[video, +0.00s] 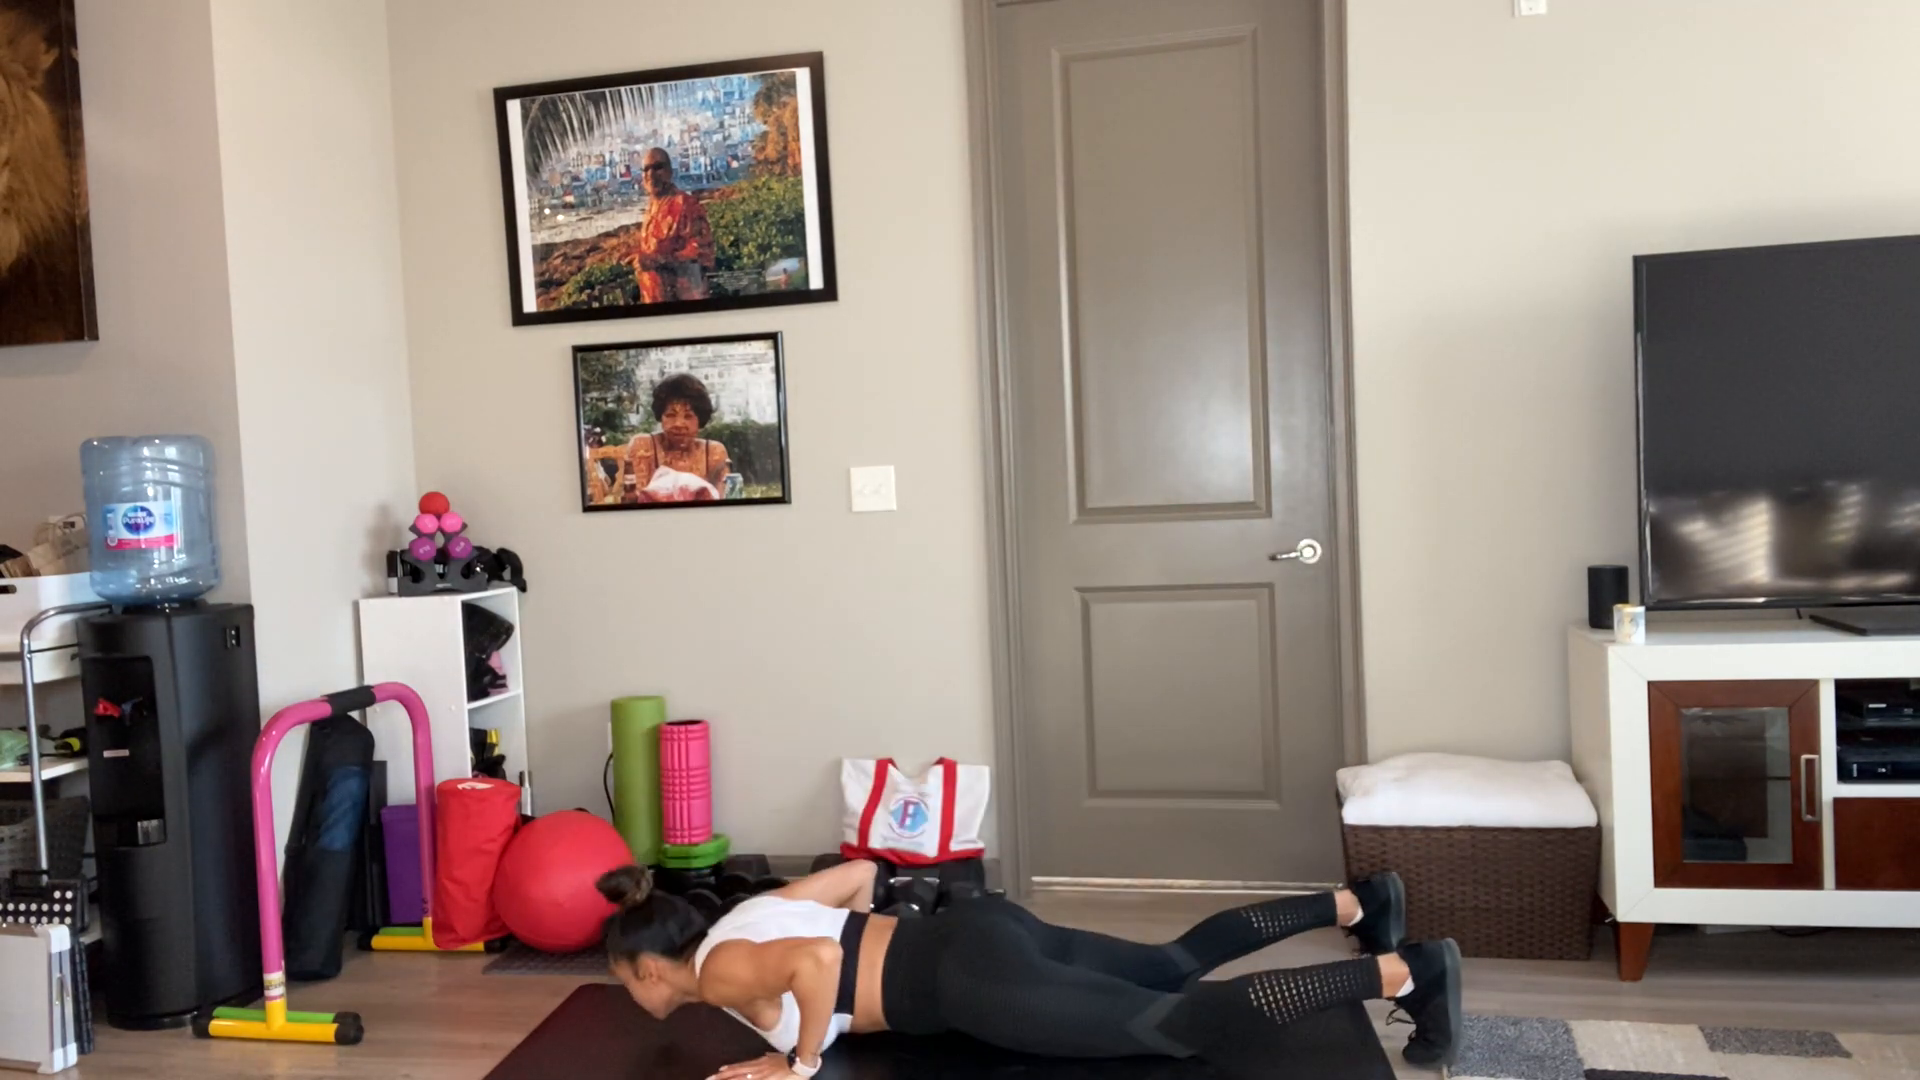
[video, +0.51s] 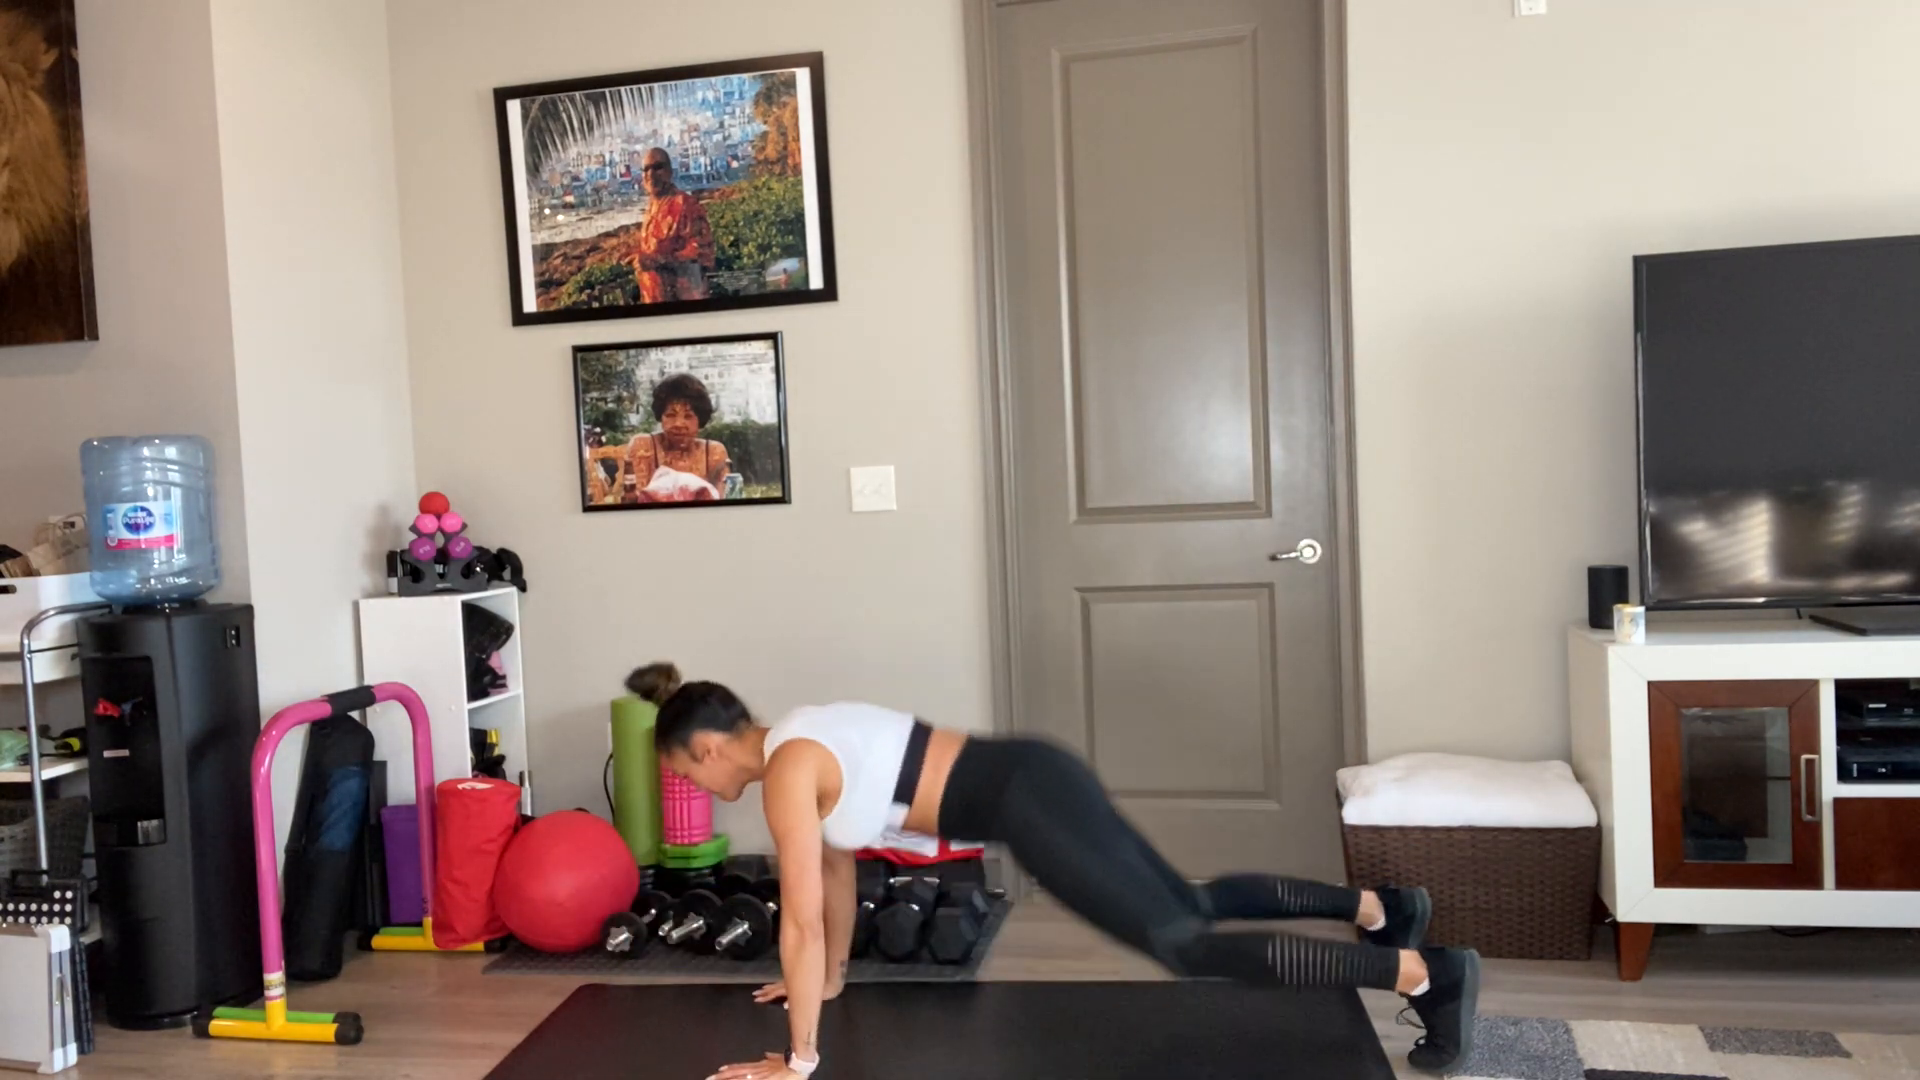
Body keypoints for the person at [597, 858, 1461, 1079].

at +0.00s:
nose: (637, 995)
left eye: (633, 980)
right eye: (630, 984)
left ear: (661, 959)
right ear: (675, 932)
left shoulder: (720, 967)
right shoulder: (747, 921)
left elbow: (817, 964)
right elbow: (857, 880)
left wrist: (797, 1059)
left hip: (951, 972)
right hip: (965, 924)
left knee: (1161, 1022)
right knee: (1169, 973)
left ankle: (1392, 984)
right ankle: (1356, 919)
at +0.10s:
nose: (640, 946)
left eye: (635, 930)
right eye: (633, 933)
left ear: (662, 911)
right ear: (680, 881)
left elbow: (818, 968)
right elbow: (862, 872)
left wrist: (802, 1061)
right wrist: (836, 980)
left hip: (952, 963)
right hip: (972, 910)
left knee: (1168, 1029)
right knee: (1166, 969)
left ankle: (1393, 968)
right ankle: (1347, 897)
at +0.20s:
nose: (650, 867)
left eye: (651, 853)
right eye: (647, 853)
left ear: (682, 841)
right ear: (698, 826)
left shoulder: (745, 884)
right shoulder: (762, 838)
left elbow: (827, 975)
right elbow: (837, 905)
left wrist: (800, 1063)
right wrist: (796, 971)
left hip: (960, 946)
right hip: (974, 899)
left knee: (1166, 1026)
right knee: (1170, 965)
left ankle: (1392, 968)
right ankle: (1347, 891)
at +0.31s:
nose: (674, 811)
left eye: (677, 794)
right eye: (669, 796)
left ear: (711, 780)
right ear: (721, 767)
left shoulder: (771, 829)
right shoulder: (791, 791)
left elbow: (821, 960)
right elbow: (860, 895)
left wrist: (799, 1059)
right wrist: (818, 966)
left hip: (977, 921)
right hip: (993, 882)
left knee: (1173, 1022)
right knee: (1176, 962)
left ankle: (1394, 961)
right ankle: (1348, 893)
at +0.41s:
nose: (689, 784)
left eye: (688, 766)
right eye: (684, 771)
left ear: (719, 745)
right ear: (733, 733)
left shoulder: (786, 790)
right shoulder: (813, 752)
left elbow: (812, 941)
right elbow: (850, 884)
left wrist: (800, 1059)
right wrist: (821, 969)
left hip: (993, 871)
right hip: (1005, 846)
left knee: (1168, 1001)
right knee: (1174, 959)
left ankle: (1394, 968)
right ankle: (1361, 909)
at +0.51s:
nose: (701, 787)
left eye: (694, 772)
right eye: (691, 776)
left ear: (715, 743)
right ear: (729, 729)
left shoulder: (789, 775)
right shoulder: (808, 737)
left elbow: (804, 914)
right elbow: (840, 877)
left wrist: (803, 1045)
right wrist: (819, 971)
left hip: (1020, 797)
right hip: (1027, 774)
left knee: (1186, 946)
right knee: (1189, 900)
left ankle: (1417, 971)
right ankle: (1378, 909)